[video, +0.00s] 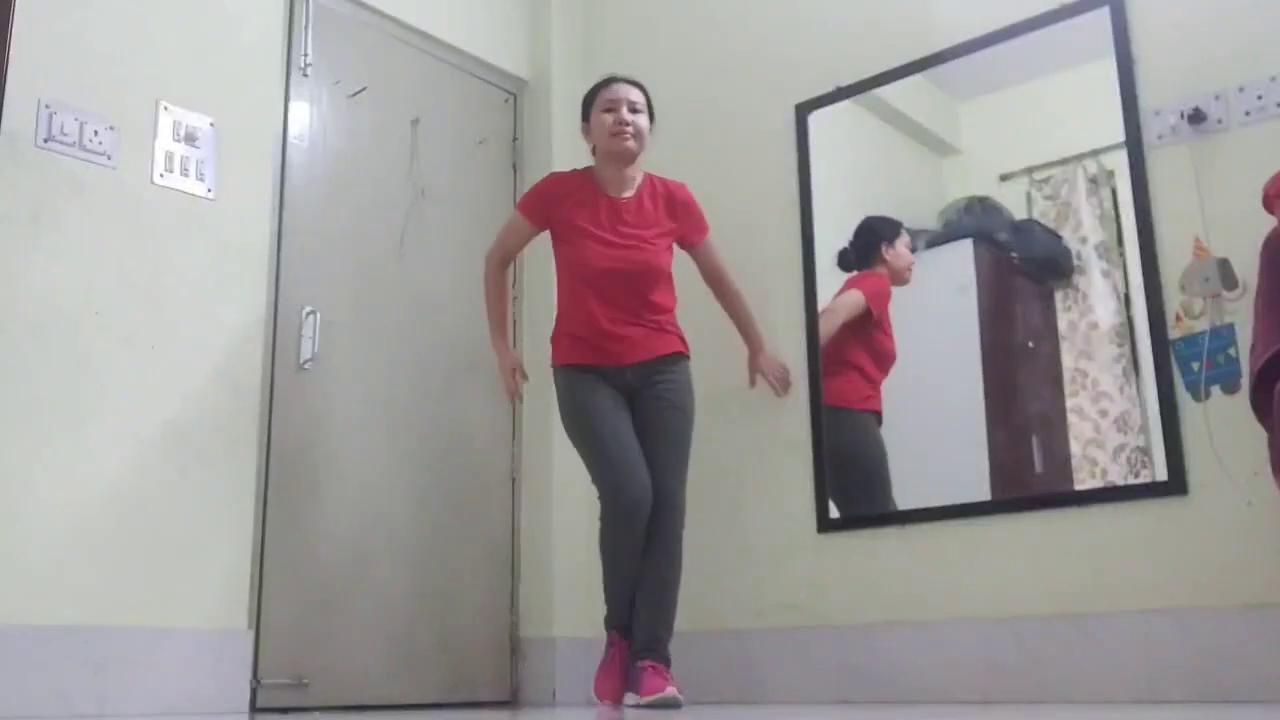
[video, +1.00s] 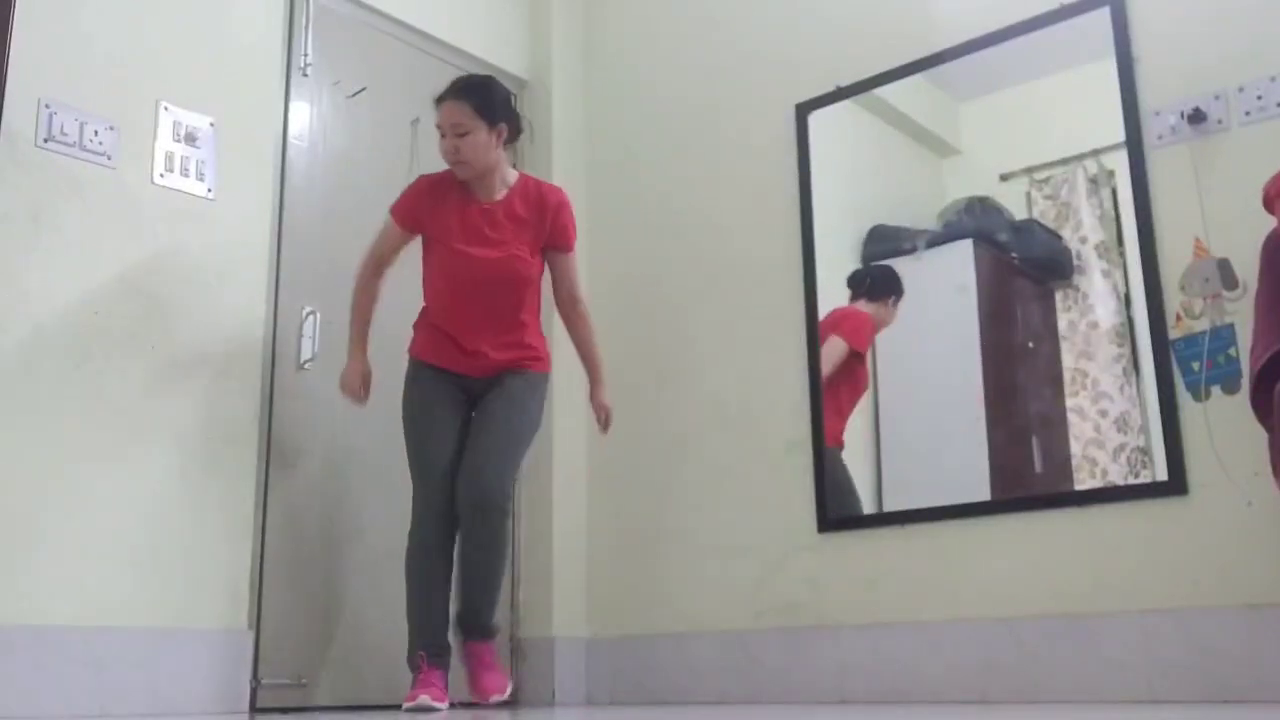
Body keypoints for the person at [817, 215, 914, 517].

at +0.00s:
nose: (913, 258)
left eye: (911, 249)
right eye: (907, 247)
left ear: (885, 252)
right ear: (886, 251)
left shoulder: (856, 284)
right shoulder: (875, 282)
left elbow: (822, 317)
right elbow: (833, 314)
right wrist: (798, 362)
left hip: (833, 419)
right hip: (848, 420)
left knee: (866, 529)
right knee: (878, 527)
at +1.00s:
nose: (892, 319)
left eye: (897, 310)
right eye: (896, 309)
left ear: (857, 293)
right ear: (889, 301)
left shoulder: (831, 319)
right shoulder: (859, 320)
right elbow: (815, 374)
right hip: (823, 449)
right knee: (852, 529)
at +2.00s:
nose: (919, 276)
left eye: (919, 266)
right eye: (915, 265)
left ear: (874, 269)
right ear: (893, 266)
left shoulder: (853, 299)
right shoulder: (882, 292)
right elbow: (884, 372)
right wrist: (904, 447)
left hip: (823, 421)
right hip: (842, 423)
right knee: (872, 524)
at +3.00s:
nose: (888, 308)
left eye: (891, 300)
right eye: (891, 299)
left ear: (852, 285)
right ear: (886, 291)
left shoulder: (825, 313)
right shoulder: (866, 310)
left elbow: (866, 400)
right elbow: (889, 393)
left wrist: (929, 415)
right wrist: (943, 414)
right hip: (826, 440)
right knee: (857, 531)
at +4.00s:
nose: (873, 279)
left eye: (872, 270)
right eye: (868, 269)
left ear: (845, 274)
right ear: (845, 273)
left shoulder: (825, 305)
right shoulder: (831, 303)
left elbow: (869, 385)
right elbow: (870, 375)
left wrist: (922, 348)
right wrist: (924, 346)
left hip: (817, 442)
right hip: (813, 443)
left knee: (833, 527)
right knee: (835, 528)